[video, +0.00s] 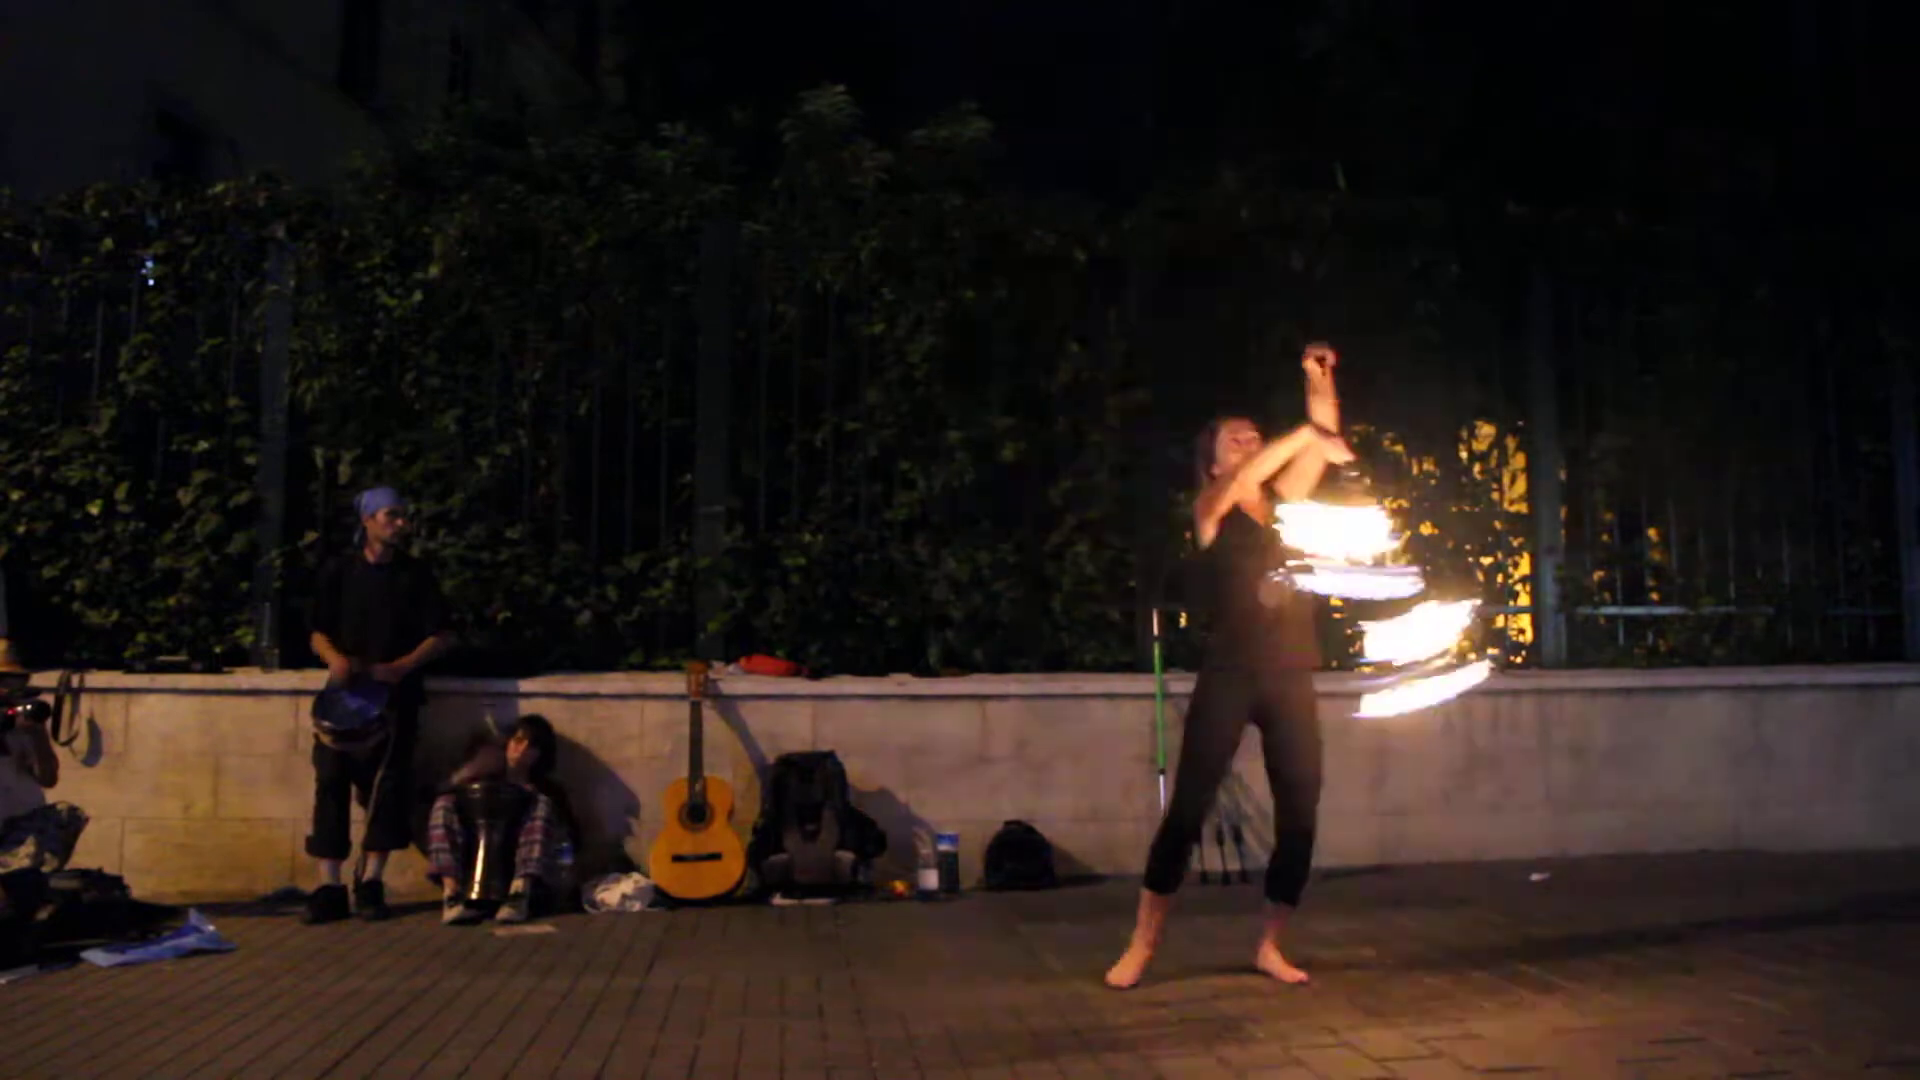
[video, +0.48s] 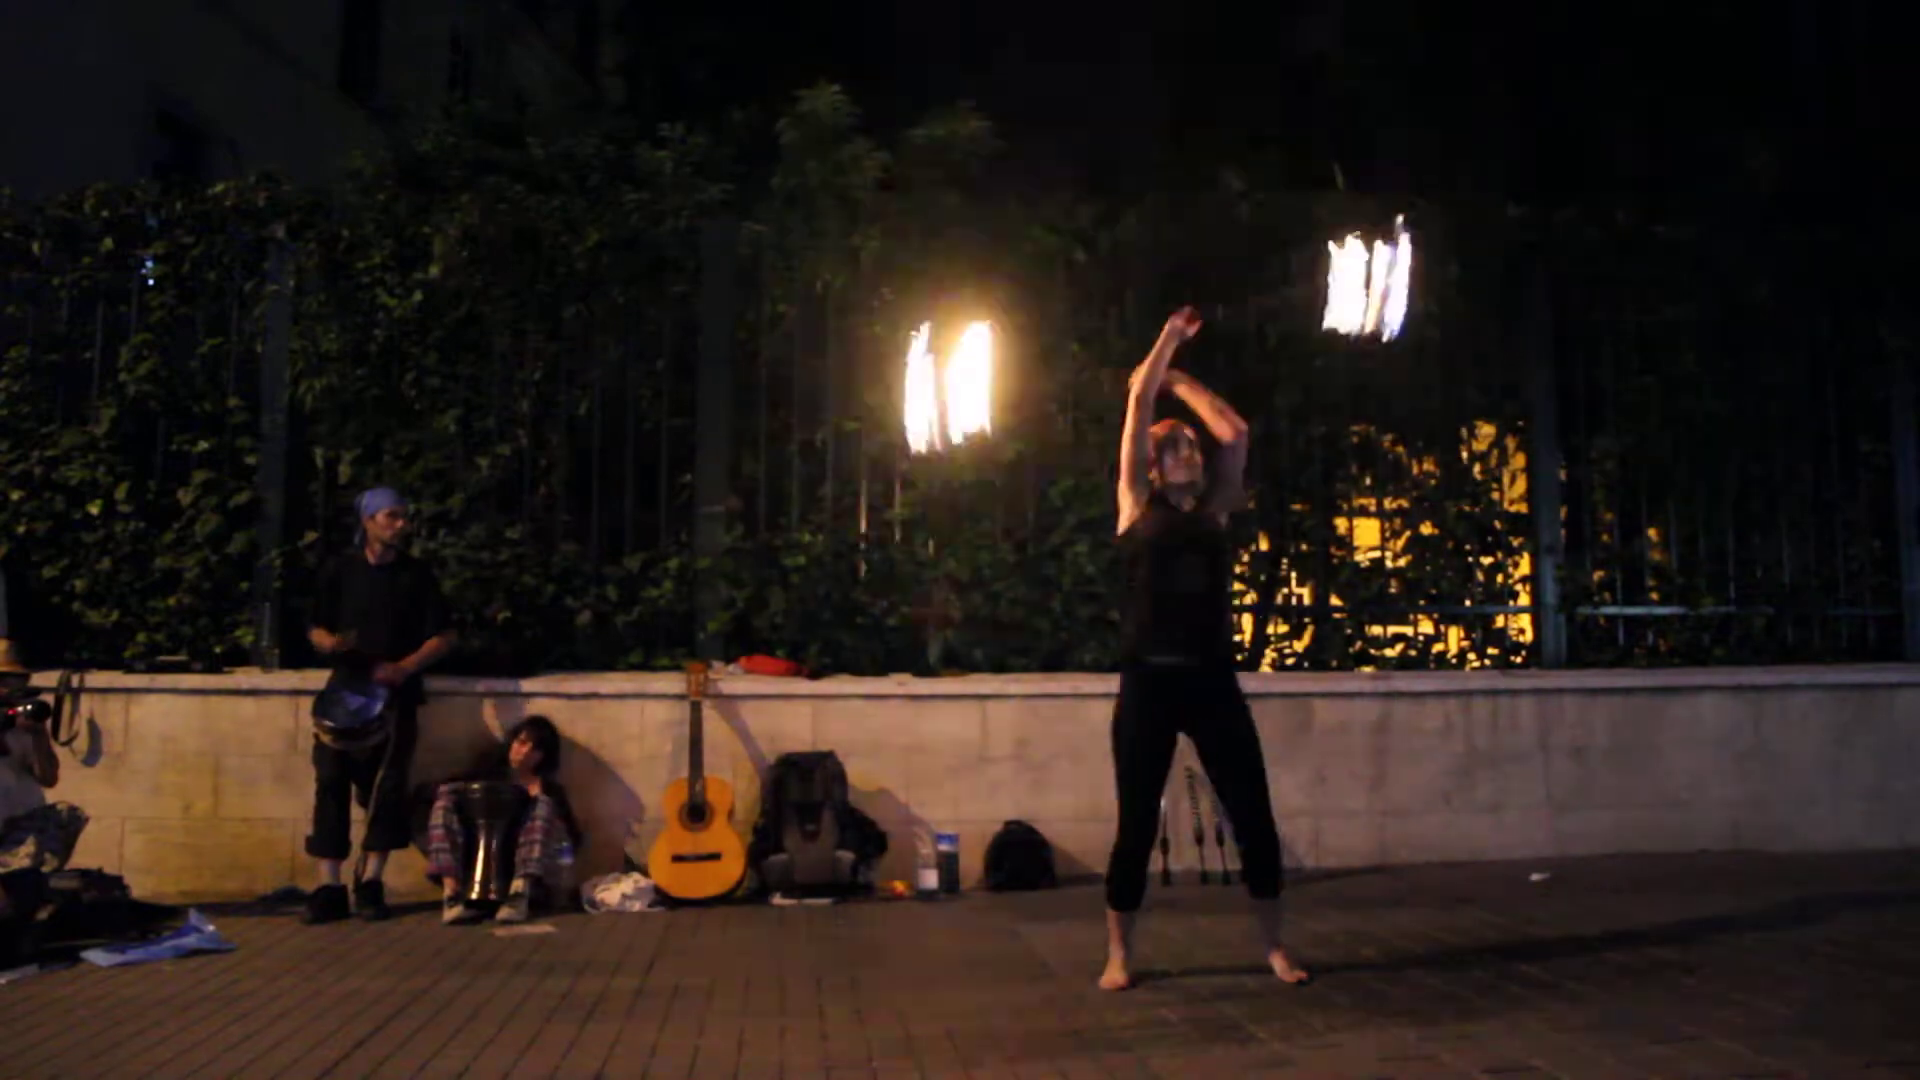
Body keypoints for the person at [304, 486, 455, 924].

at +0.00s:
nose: (401, 523)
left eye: (403, 517)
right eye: (392, 517)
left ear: (403, 523)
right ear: (367, 521)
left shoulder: (416, 573)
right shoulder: (339, 573)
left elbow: (441, 636)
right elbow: (316, 632)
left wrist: (398, 668)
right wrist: (337, 662)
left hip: (395, 694)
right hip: (344, 691)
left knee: (388, 784)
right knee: (331, 783)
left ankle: (371, 880)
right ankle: (329, 883)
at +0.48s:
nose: (401, 524)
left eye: (404, 517)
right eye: (392, 517)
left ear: (405, 523)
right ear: (368, 522)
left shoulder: (416, 574)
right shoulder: (341, 571)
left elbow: (443, 637)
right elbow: (316, 631)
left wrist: (402, 668)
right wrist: (334, 643)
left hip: (395, 691)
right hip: (345, 687)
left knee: (388, 786)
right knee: (331, 783)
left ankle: (371, 881)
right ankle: (330, 883)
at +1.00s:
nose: (401, 523)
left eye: (403, 516)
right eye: (392, 516)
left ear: (403, 523)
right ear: (367, 521)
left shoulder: (417, 574)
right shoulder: (339, 572)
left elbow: (442, 636)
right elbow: (316, 632)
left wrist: (401, 665)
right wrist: (335, 650)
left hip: (394, 693)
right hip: (344, 690)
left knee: (387, 784)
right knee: (331, 782)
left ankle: (371, 880)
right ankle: (330, 883)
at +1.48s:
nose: (403, 524)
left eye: (404, 517)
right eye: (393, 517)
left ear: (404, 523)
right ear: (368, 522)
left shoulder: (417, 574)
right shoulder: (341, 570)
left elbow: (442, 635)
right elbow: (316, 630)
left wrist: (403, 671)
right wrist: (333, 643)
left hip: (395, 691)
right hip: (344, 688)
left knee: (389, 783)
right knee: (331, 782)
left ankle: (371, 880)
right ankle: (330, 883)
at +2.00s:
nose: (400, 523)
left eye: (403, 517)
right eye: (391, 516)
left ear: (406, 523)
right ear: (367, 522)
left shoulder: (417, 575)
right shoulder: (341, 571)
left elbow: (442, 637)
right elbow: (316, 629)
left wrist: (405, 669)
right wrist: (336, 647)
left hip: (395, 693)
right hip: (345, 690)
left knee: (388, 786)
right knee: (331, 784)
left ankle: (371, 880)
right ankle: (330, 883)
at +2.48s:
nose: (391, 523)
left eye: (397, 516)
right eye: (383, 516)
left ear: (404, 523)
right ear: (364, 522)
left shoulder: (417, 575)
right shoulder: (339, 571)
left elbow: (442, 637)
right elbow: (318, 634)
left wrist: (403, 668)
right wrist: (343, 641)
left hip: (396, 691)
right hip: (345, 688)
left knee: (389, 784)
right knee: (331, 782)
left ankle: (370, 881)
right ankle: (330, 883)